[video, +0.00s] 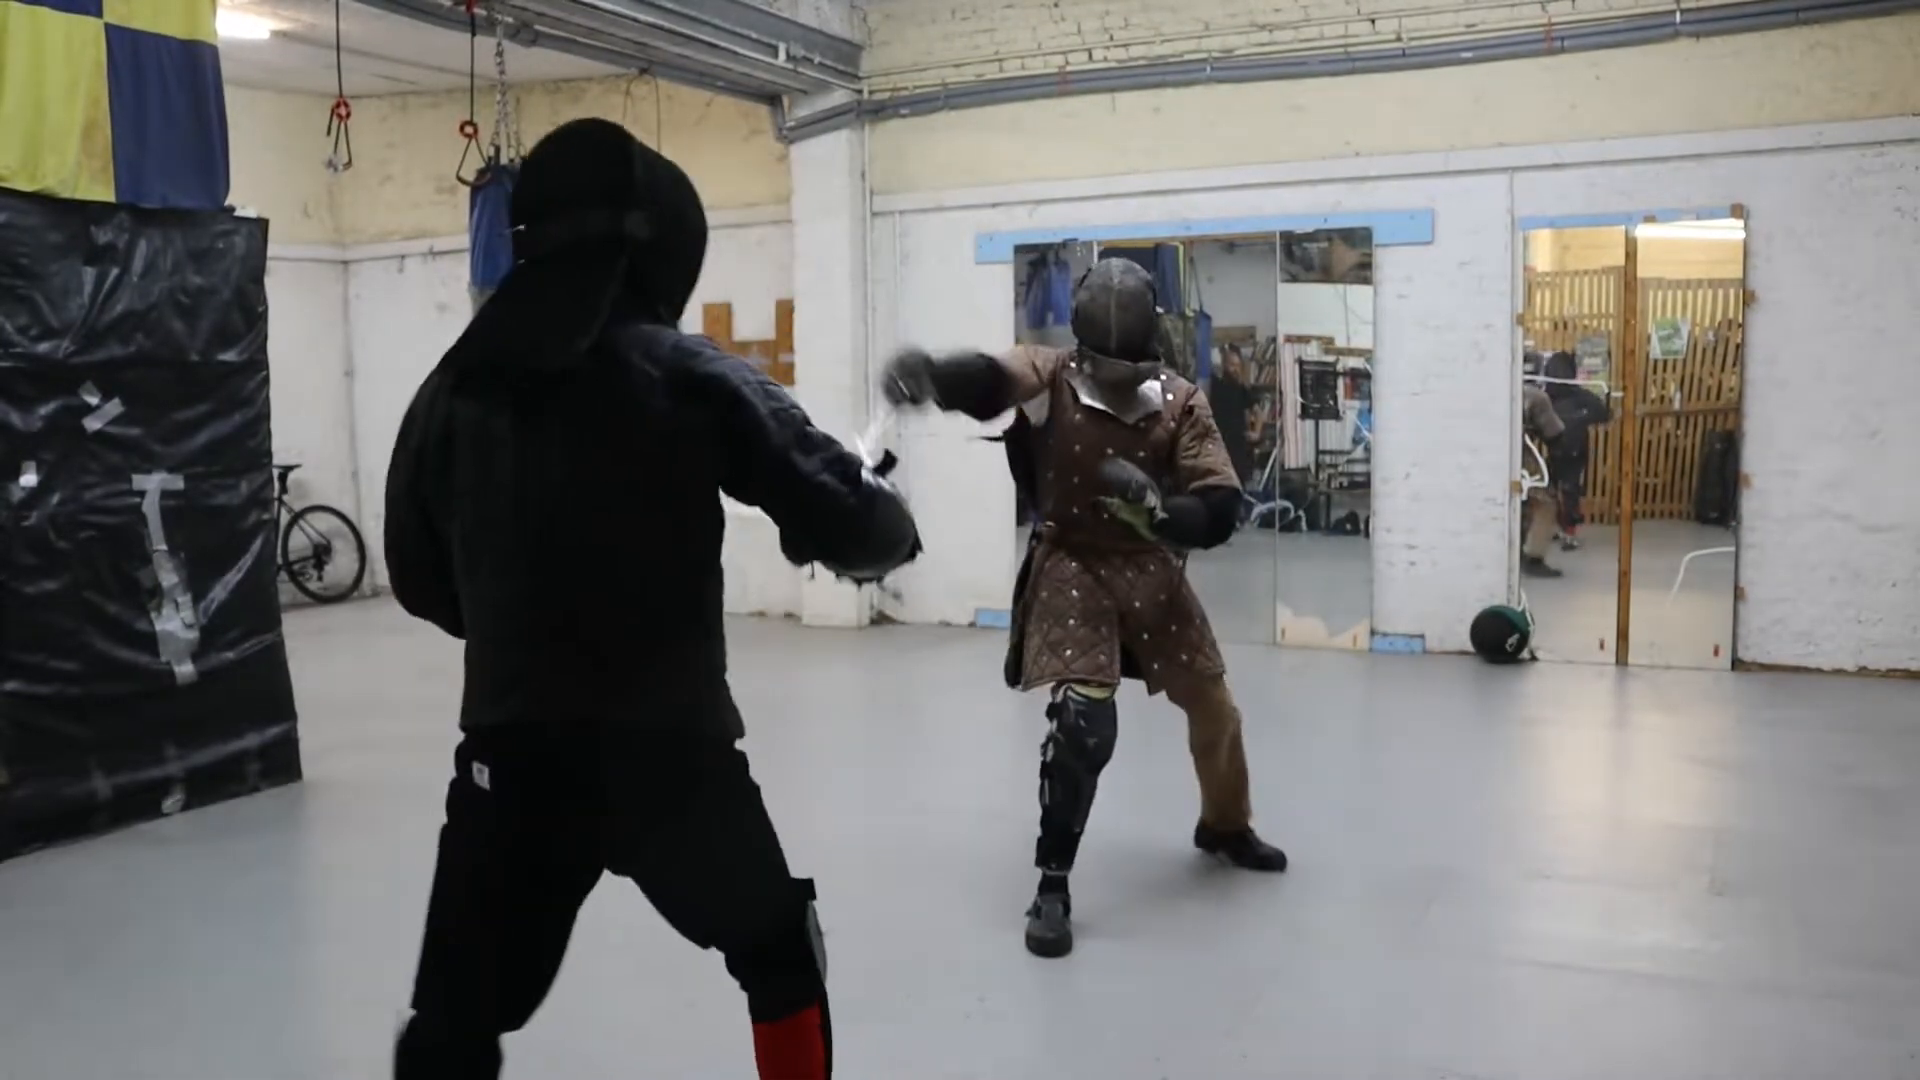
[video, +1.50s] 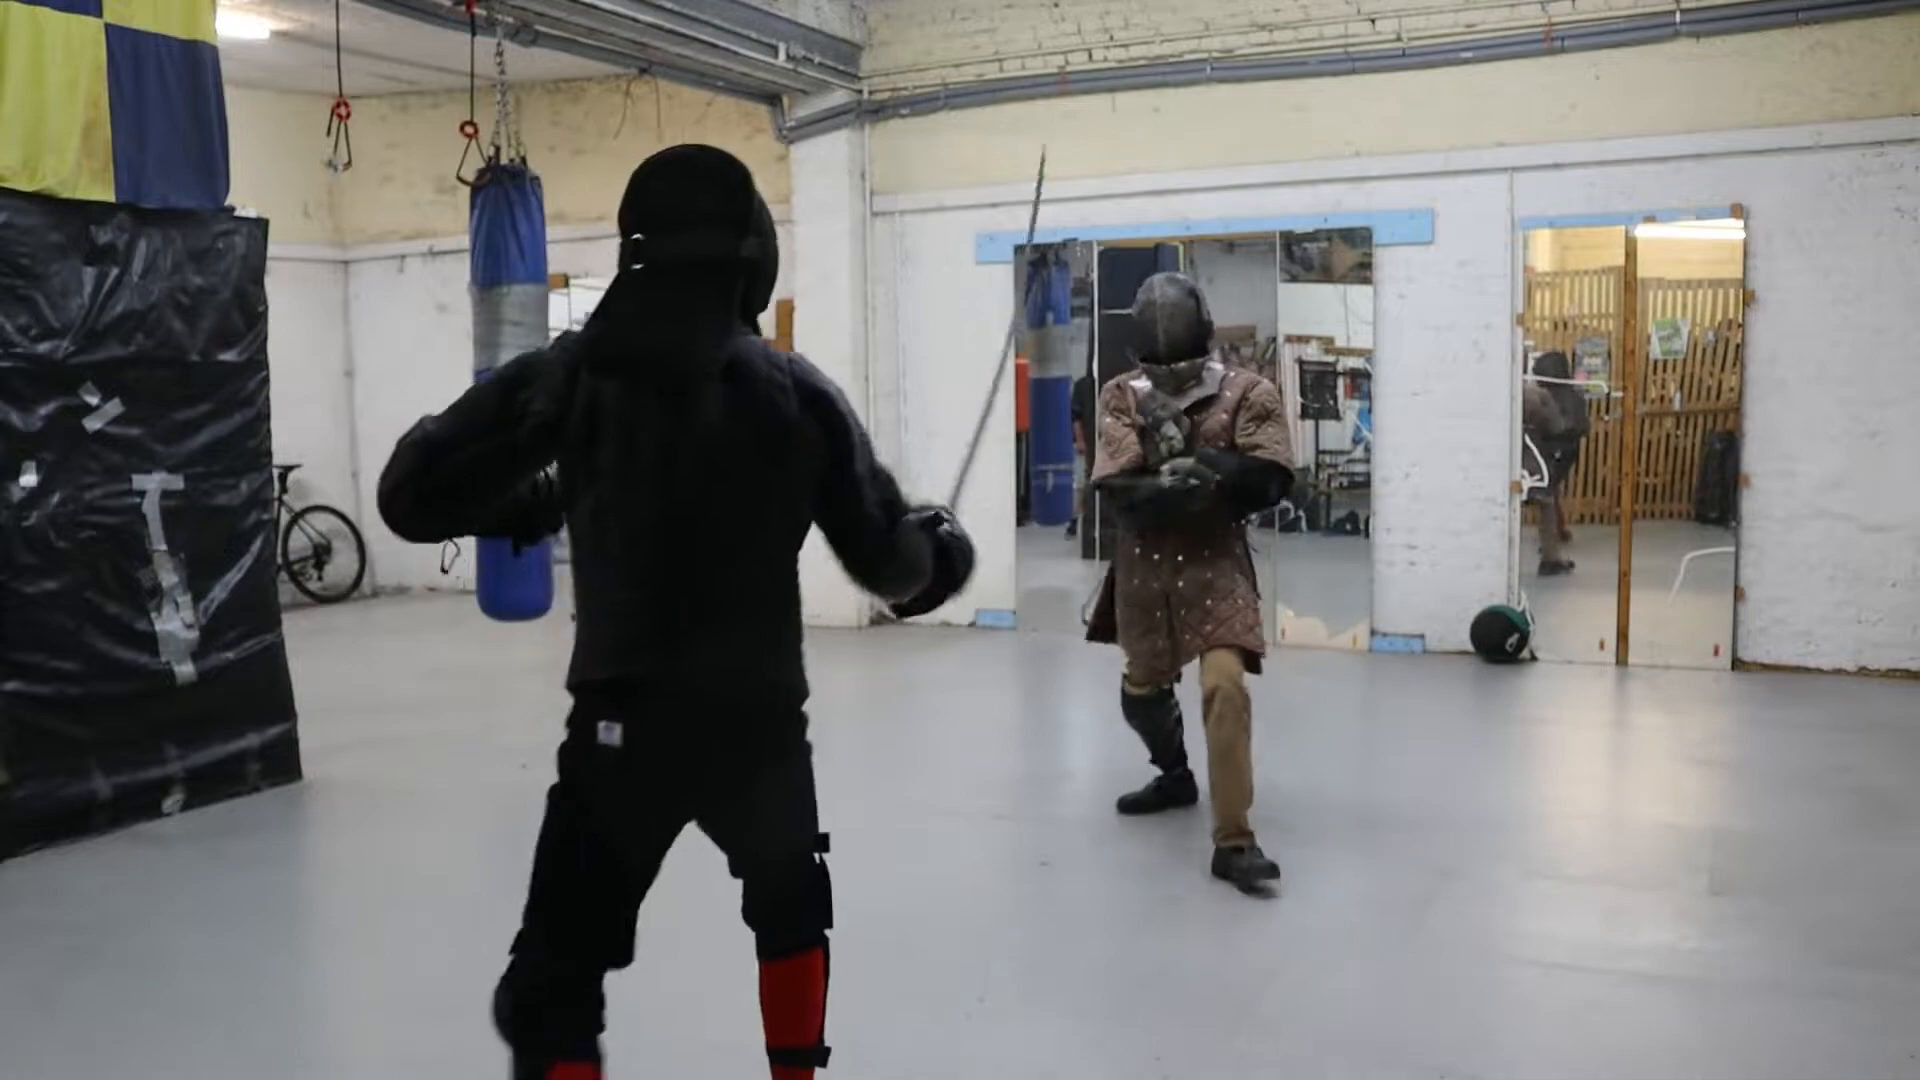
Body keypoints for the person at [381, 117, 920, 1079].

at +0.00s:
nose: (692, 263)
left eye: (684, 237)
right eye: (681, 238)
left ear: (533, 243)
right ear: (656, 246)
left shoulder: (454, 390)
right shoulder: (688, 377)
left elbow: (420, 577)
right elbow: (858, 526)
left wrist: (533, 620)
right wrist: (880, 518)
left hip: (512, 764)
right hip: (672, 761)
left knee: (449, 1026)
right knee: (776, 946)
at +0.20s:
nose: (623, 297)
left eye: (618, 268)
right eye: (613, 269)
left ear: (455, 271)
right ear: (586, 276)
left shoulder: (390, 423)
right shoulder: (612, 412)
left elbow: (378, 617)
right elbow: (796, 552)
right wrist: (834, 497)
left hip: (441, 818)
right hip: (602, 812)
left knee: (372, 1057)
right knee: (759, 959)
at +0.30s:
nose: (583, 288)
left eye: (578, 262)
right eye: (575, 263)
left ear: (416, 263)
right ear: (550, 270)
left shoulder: (341, 415)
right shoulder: (575, 410)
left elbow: (319, 617)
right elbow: (708, 584)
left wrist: (446, 620)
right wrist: (784, 562)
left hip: (396, 813)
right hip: (559, 808)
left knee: (344, 1062)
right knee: (713, 989)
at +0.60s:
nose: (550, 272)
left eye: (545, 246)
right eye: (541, 247)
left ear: (373, 245)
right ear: (505, 252)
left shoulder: (319, 395)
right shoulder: (540, 380)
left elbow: (324, 559)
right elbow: (715, 543)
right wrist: (772, 500)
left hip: (383, 798)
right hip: (543, 790)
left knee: (339, 1058)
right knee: (682, 957)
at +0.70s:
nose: (574, 268)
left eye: (568, 241)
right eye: (564, 243)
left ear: (406, 255)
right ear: (538, 253)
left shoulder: (357, 406)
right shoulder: (576, 381)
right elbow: (783, 460)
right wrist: (856, 401)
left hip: (412, 802)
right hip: (572, 795)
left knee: (359, 1056)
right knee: (698, 959)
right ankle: (756, 1073)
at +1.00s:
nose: (694, 264)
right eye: (684, 244)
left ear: (550, 258)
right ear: (666, 256)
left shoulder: (471, 402)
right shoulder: (710, 390)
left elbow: (435, 580)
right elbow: (873, 511)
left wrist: (540, 602)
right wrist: (938, 466)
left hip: (535, 755)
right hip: (683, 748)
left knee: (485, 995)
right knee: (771, 921)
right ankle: (794, 1071)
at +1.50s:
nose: (764, 264)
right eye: (758, 246)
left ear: (633, 254)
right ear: (752, 259)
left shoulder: (568, 378)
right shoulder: (792, 392)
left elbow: (412, 496)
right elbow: (890, 563)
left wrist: (542, 501)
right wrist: (940, 545)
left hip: (622, 738)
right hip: (758, 738)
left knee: (554, 988)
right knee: (792, 914)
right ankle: (796, 1072)